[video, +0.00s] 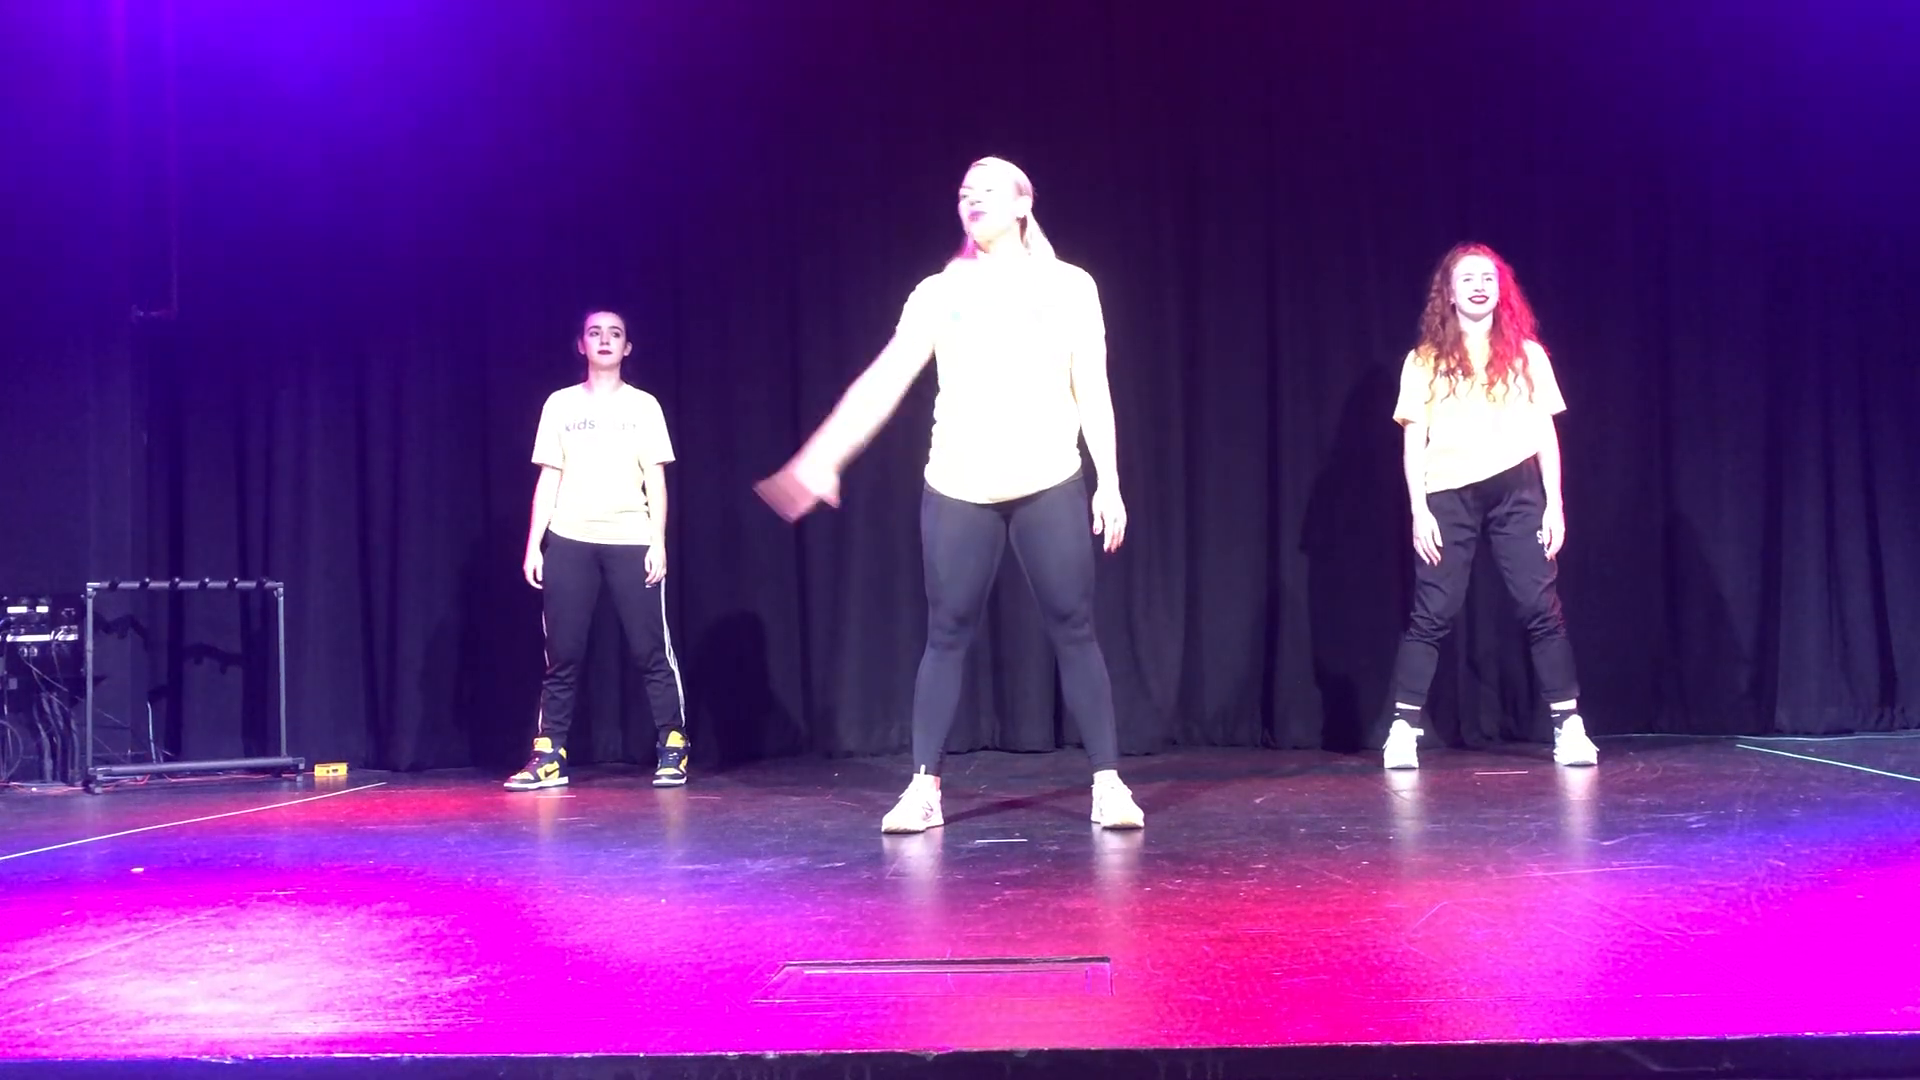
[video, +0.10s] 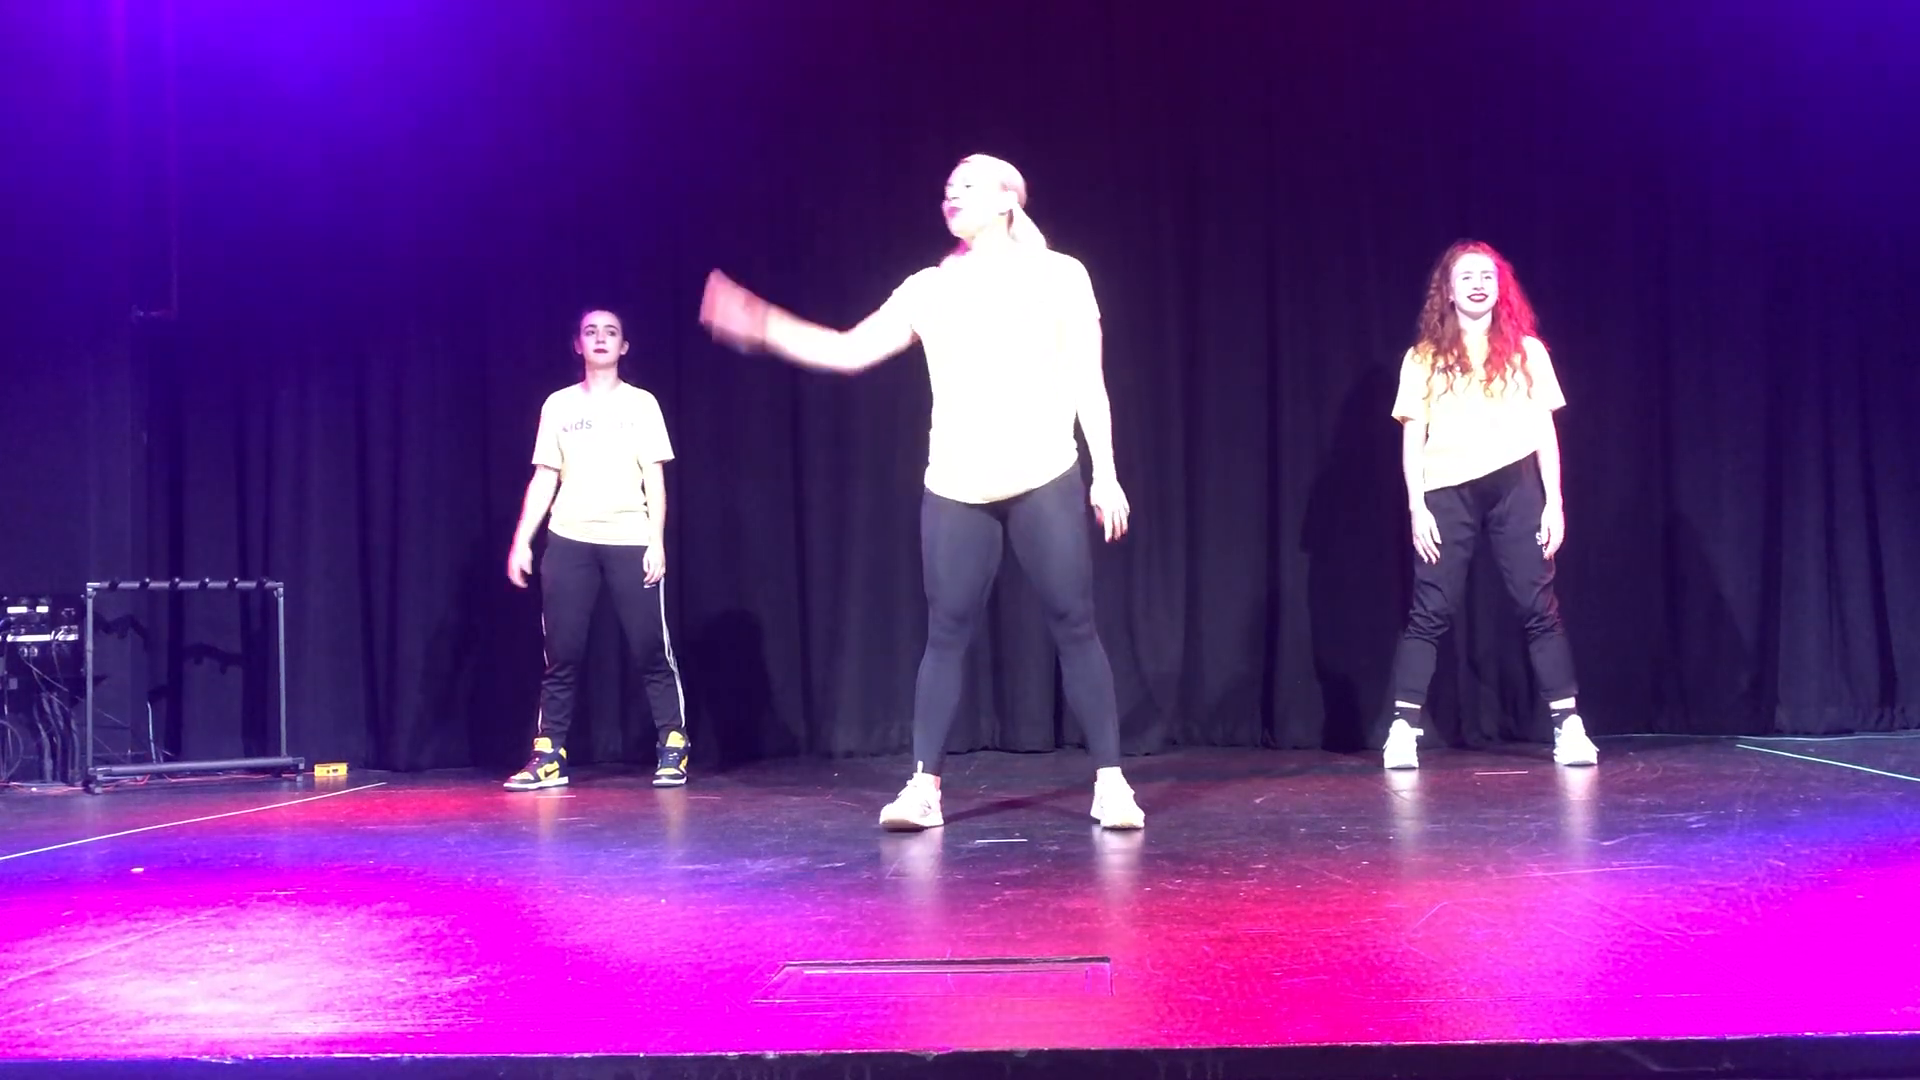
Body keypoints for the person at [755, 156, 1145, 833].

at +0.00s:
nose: (971, 200)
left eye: (986, 188)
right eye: (965, 192)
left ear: (1024, 200)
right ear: (959, 210)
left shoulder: (1071, 287)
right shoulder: (939, 292)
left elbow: (1093, 391)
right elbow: (882, 382)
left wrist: (1108, 482)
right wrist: (820, 457)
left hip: (1049, 477)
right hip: (961, 482)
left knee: (1074, 623)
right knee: (947, 627)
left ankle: (1106, 779)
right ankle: (924, 784)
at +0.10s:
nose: (950, 197)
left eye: (966, 186)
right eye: (949, 188)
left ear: (1009, 197)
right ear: (948, 204)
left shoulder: (1062, 276)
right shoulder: (933, 288)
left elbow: (1088, 382)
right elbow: (849, 350)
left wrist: (1105, 475)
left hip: (1044, 475)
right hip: (957, 482)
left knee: (1073, 621)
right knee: (948, 626)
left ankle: (1110, 779)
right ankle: (924, 783)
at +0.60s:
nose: (856, 260)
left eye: (870, 249)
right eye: (858, 250)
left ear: (913, 258)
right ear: (882, 263)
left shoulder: (962, 325)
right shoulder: (892, 341)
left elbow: (1002, 422)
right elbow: (819, 395)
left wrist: (1026, 517)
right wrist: (841, 318)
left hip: (1012, 497)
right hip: (950, 510)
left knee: (1037, 638)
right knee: (907, 632)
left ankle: (1143, 768)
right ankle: (917, 789)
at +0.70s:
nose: (848, 259)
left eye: (861, 247)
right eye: (850, 248)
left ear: (903, 255)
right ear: (876, 260)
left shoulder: (956, 317)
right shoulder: (881, 340)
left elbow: (1002, 409)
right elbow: (813, 394)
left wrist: (1027, 503)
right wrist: (833, 315)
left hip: (1017, 490)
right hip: (952, 506)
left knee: (1049, 634)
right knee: (911, 629)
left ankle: (1144, 768)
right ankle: (917, 788)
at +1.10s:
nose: (884, 235)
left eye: (898, 222)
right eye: (884, 225)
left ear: (942, 227)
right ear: (887, 238)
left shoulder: (1001, 288)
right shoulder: (890, 318)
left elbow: (1072, 367)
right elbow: (824, 379)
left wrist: (1083, 447)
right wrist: (864, 296)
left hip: (1032, 481)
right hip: (949, 495)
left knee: (1078, 621)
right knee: (920, 629)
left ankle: (1138, 772)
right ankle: (918, 790)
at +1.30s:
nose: (975, 236)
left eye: (987, 226)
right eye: (962, 227)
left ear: (1008, 236)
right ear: (942, 238)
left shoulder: (1049, 308)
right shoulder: (924, 310)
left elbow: (1100, 396)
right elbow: (884, 376)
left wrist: (1144, 472)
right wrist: (940, 290)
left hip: (1048, 500)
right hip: (956, 504)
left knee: (1096, 630)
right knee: (907, 633)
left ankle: (1119, 780)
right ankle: (915, 788)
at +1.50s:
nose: (1088, 221)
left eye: (1085, 210)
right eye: (1074, 208)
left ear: (1072, 227)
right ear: (1032, 220)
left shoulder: (1085, 311)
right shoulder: (986, 288)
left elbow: (1145, 383)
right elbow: (1011, 344)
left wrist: (1182, 312)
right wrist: (1025, 249)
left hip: (1049, 494)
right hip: (965, 491)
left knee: (1098, 622)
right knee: (930, 634)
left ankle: (1119, 781)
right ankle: (912, 787)